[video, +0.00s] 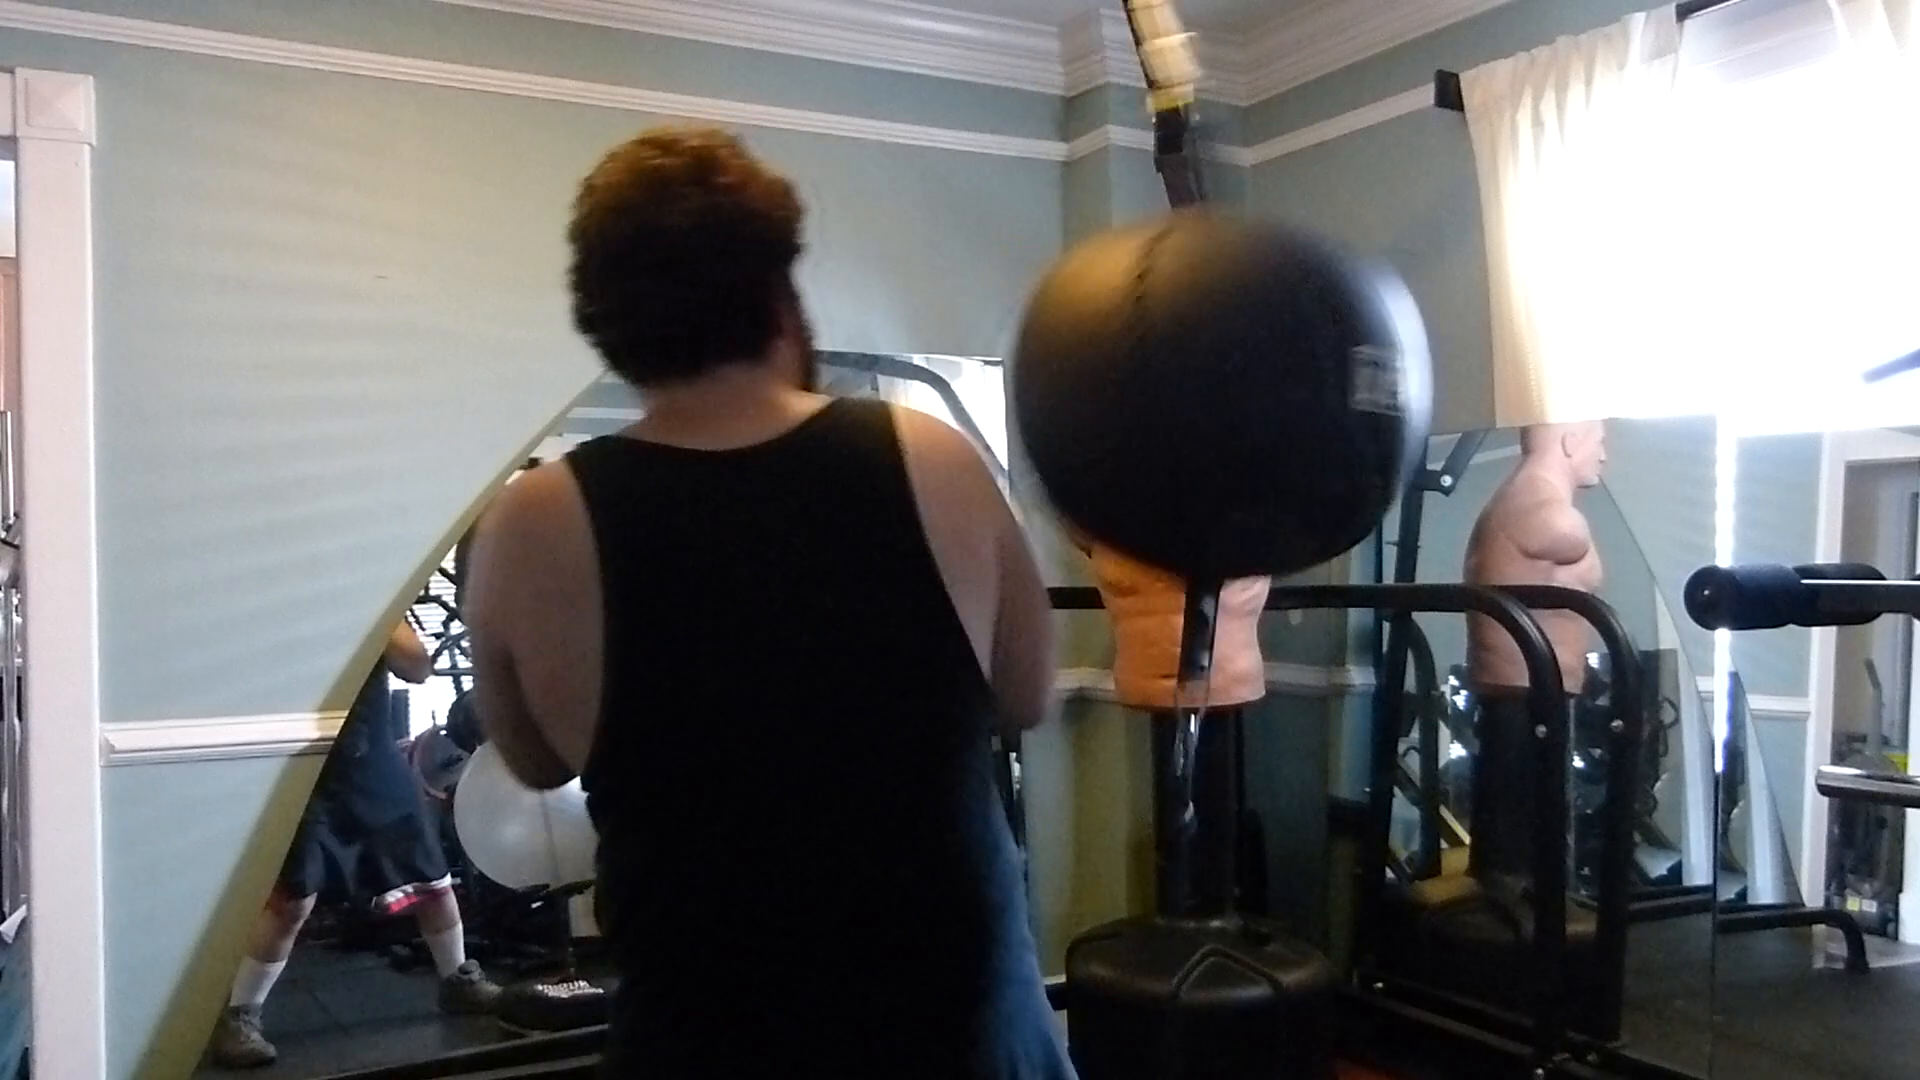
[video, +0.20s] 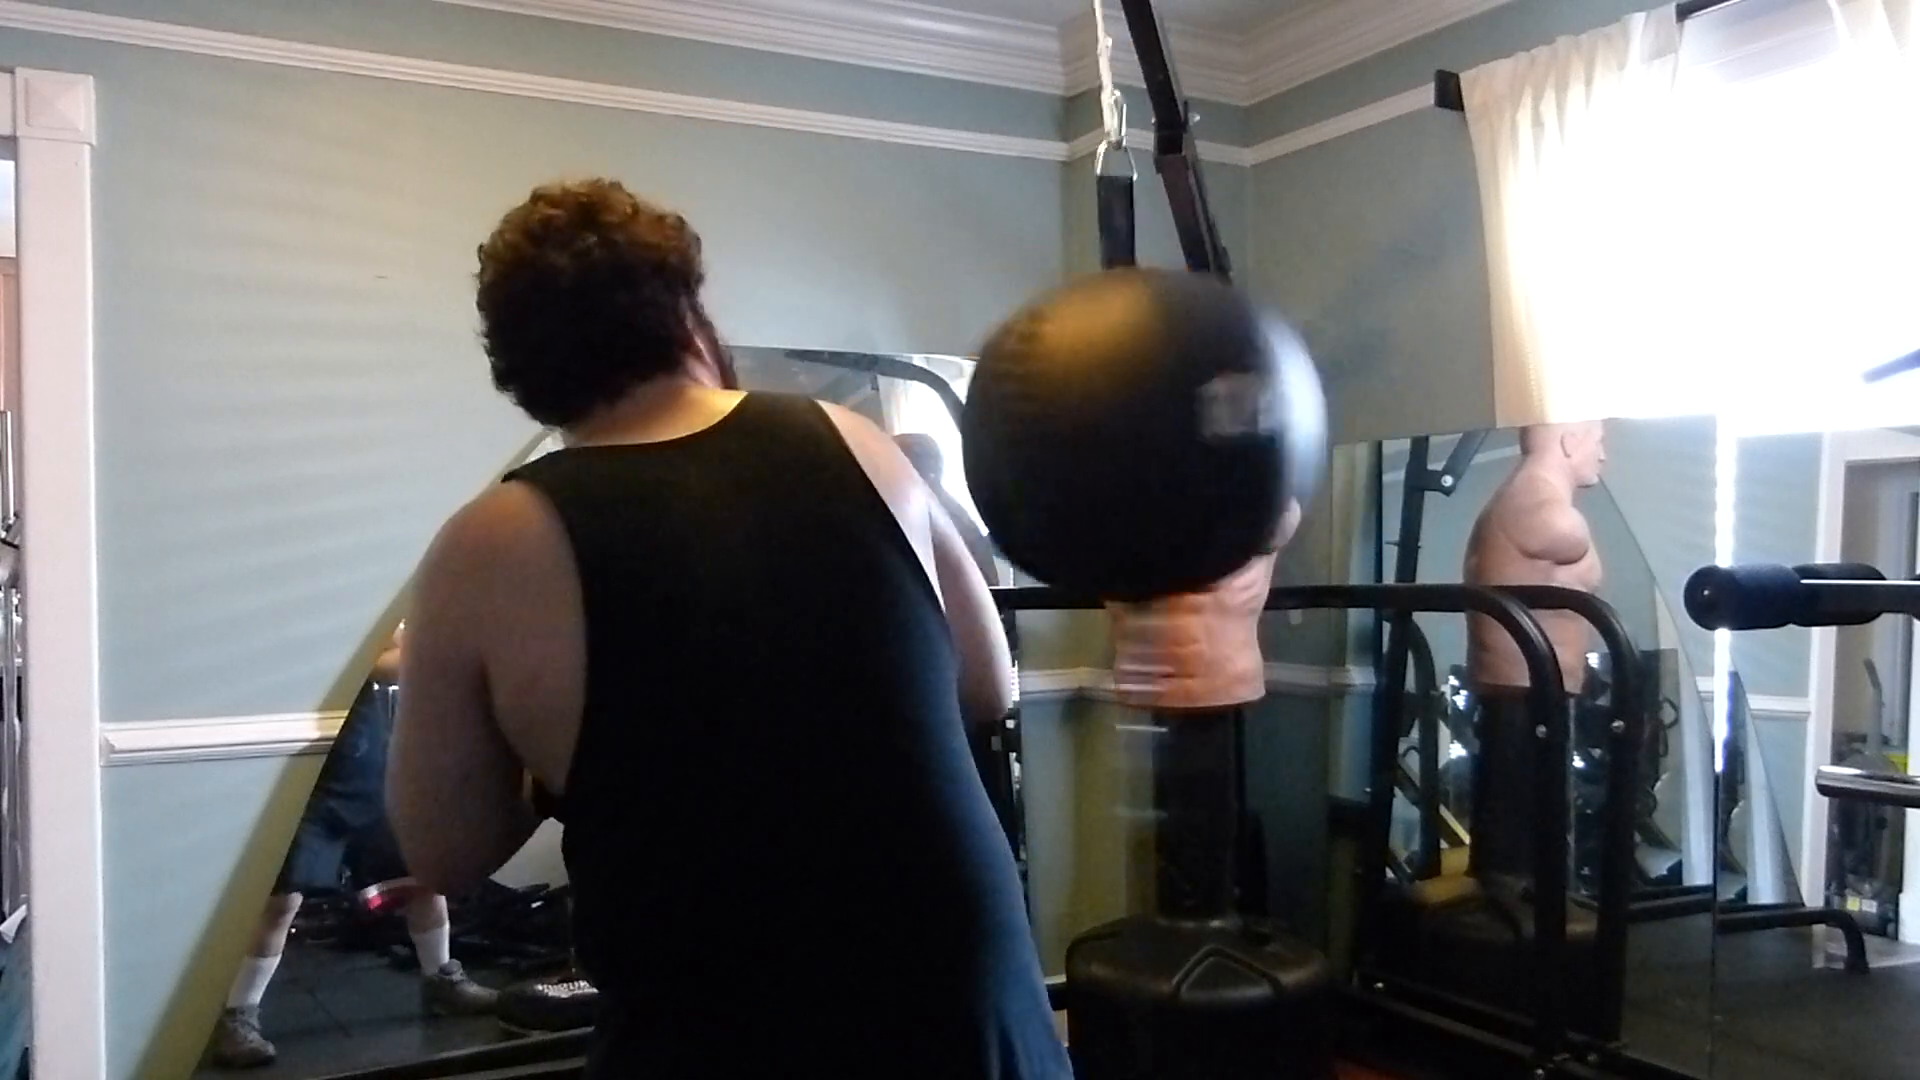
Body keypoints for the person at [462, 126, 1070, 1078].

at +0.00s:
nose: (806, 299)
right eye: (795, 276)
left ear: (604, 321)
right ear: (780, 296)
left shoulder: (534, 525)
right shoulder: (933, 460)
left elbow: (536, 759)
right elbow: (1024, 695)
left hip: (698, 1025)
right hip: (953, 1013)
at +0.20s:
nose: (718, 337)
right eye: (707, 314)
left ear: (524, 379)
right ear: (694, 327)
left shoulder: (485, 549)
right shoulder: (860, 446)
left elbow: (444, 854)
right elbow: (988, 688)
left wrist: (563, 725)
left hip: (696, 1032)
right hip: (967, 1014)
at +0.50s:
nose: (862, 311)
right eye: (853, 285)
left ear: (661, 343)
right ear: (837, 312)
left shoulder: (672, 517)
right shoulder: (903, 463)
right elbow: (1148, 696)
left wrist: (966, 464)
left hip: (738, 1022)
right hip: (956, 1026)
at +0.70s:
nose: (890, 301)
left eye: (881, 270)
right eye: (880, 270)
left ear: (692, 312)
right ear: (851, 287)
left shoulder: (650, 499)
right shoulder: (877, 475)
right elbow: (1030, 785)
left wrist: (928, 484)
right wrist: (1033, 595)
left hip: (705, 1001)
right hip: (906, 1015)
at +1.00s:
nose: (834, 298)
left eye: (828, 267)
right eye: (824, 268)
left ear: (626, 300)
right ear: (789, 285)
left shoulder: (554, 499)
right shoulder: (865, 472)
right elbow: (997, 813)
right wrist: (1042, 706)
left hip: (625, 1028)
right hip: (868, 1033)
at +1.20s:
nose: (951, 275)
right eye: (943, 247)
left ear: (732, 271)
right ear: (925, 270)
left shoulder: (622, 467)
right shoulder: (1019, 506)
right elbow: (1133, 781)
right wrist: (1207, 623)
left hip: (691, 1019)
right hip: (953, 1029)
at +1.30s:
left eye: (829, 219)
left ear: (837, 255)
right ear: (1039, 256)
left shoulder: (728, 437)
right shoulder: (1128, 494)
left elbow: (664, 612)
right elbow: (1088, 691)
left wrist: (674, 414)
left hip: (780, 1002)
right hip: (1040, 1010)